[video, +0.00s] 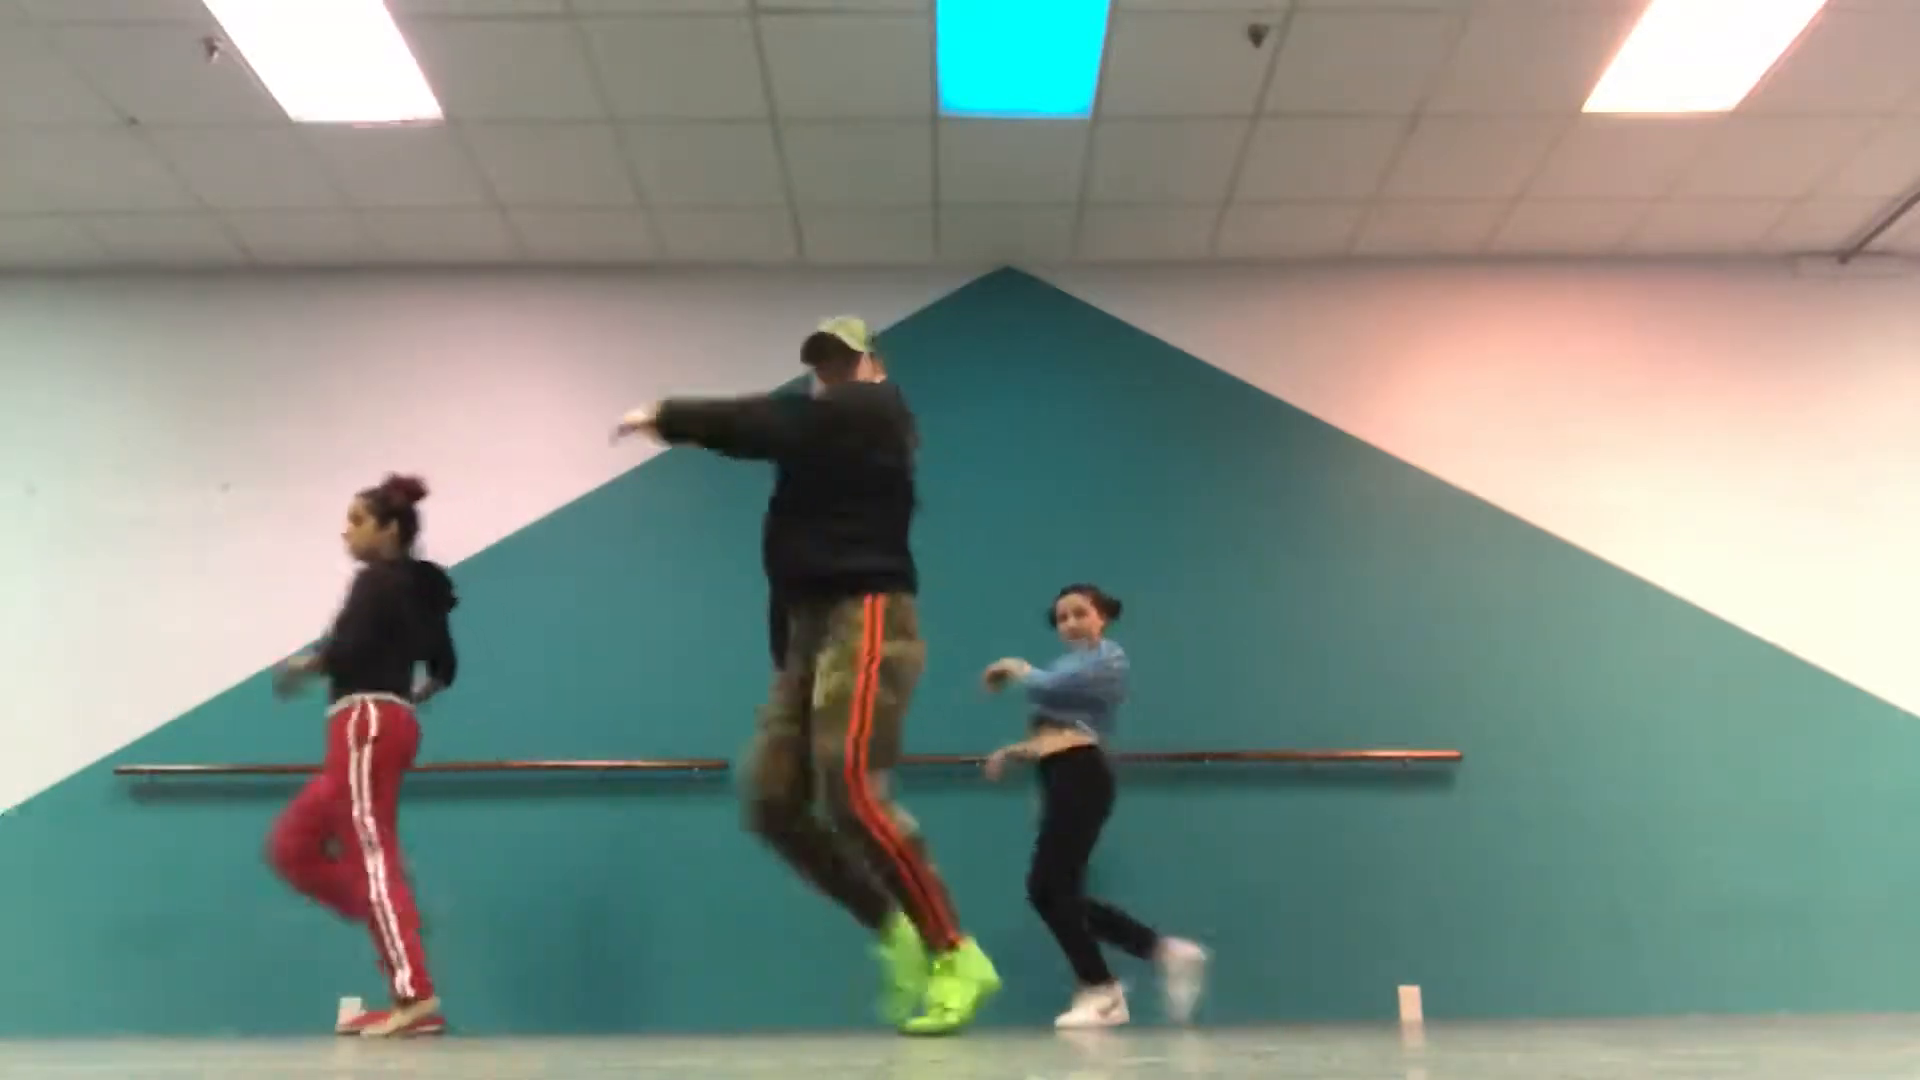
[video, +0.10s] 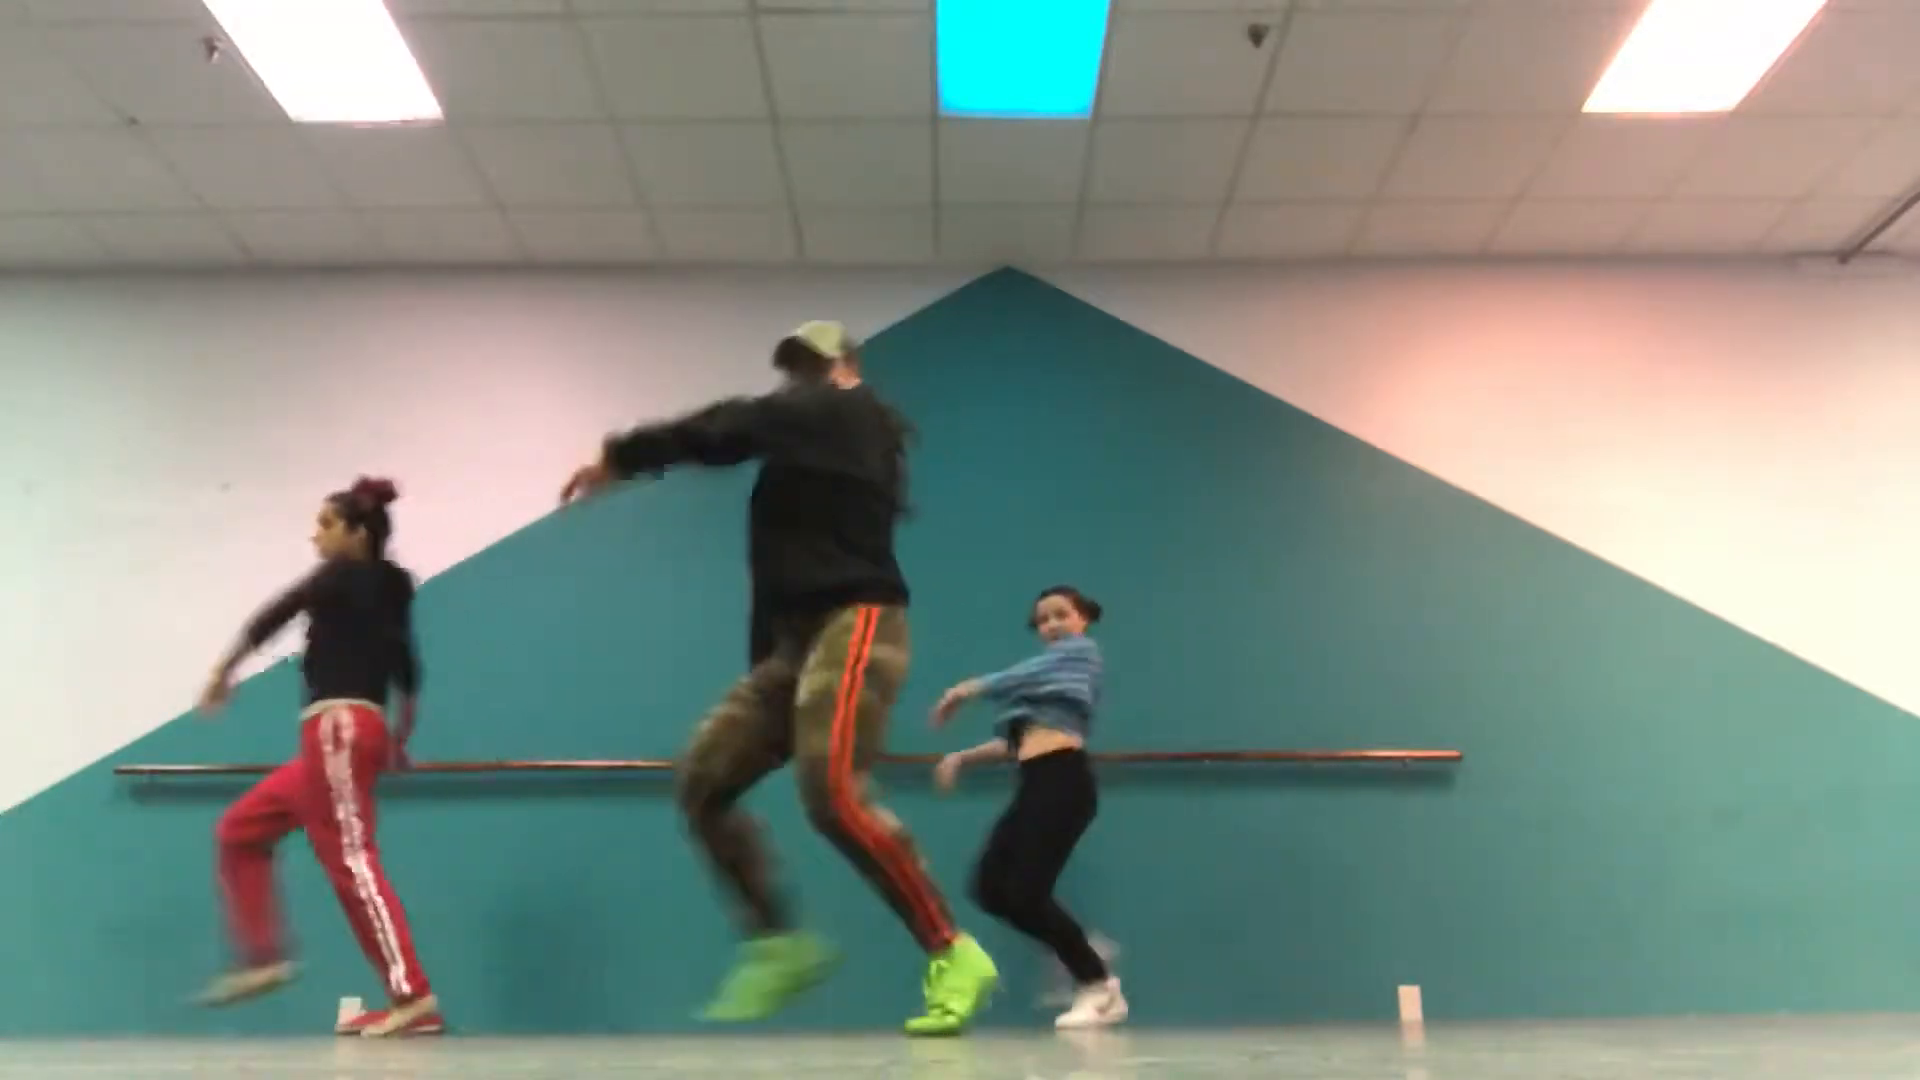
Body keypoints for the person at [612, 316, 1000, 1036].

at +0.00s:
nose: (828, 375)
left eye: (842, 363)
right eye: (820, 365)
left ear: (874, 365)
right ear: (816, 370)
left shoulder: (877, 408)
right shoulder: (814, 420)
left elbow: (774, 422)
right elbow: (747, 432)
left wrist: (668, 418)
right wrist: (676, 420)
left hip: (869, 616)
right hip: (809, 626)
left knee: (852, 792)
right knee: (778, 806)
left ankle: (956, 956)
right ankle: (898, 929)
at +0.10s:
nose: (795, 383)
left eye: (808, 371)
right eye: (795, 372)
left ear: (841, 369)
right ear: (832, 371)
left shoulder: (849, 411)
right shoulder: (803, 427)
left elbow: (730, 428)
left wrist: (620, 456)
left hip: (858, 626)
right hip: (799, 644)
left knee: (834, 795)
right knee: (704, 786)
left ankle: (952, 954)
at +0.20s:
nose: (754, 408)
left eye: (764, 396)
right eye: (751, 398)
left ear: (798, 392)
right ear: (797, 394)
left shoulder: (824, 432)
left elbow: (705, 486)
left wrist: (638, 539)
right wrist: (722, 688)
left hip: (828, 636)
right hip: (767, 654)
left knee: (804, 817)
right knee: (667, 790)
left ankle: (946, 952)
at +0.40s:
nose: (668, 463)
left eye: (684, 448)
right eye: (664, 450)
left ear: (726, 453)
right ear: (660, 459)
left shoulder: (782, 522)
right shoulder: (656, 548)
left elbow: (864, 611)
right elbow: (619, 635)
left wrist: (873, 699)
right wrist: (594, 707)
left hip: (781, 723)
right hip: (690, 730)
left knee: (799, 845)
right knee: (546, 803)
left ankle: (907, 960)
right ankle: (542, 993)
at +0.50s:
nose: (734, 447)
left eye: (751, 434)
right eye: (725, 434)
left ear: (781, 446)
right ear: (706, 443)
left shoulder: (818, 529)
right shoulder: (668, 533)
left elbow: (865, 615)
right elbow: (649, 636)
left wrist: (856, 689)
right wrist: (680, 726)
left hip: (785, 727)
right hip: (683, 726)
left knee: (869, 810)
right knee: (539, 814)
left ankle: (873, 985)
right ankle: (543, 996)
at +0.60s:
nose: (814, 441)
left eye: (829, 428)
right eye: (803, 425)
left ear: (848, 438)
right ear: (780, 428)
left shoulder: (857, 518)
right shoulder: (735, 491)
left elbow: (871, 619)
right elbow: (731, 608)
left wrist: (845, 685)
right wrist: (777, 712)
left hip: (804, 698)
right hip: (706, 683)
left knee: (892, 806)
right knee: (600, 824)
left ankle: (871, 987)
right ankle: (549, 995)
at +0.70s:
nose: (865, 432)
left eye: (882, 423)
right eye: (858, 416)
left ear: (898, 430)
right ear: (834, 410)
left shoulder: (881, 495)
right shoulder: (780, 457)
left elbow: (888, 596)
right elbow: (758, 563)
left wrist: (864, 664)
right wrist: (820, 662)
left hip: (823, 663)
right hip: (742, 641)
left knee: (890, 792)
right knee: (696, 797)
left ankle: (870, 983)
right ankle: (585, 975)